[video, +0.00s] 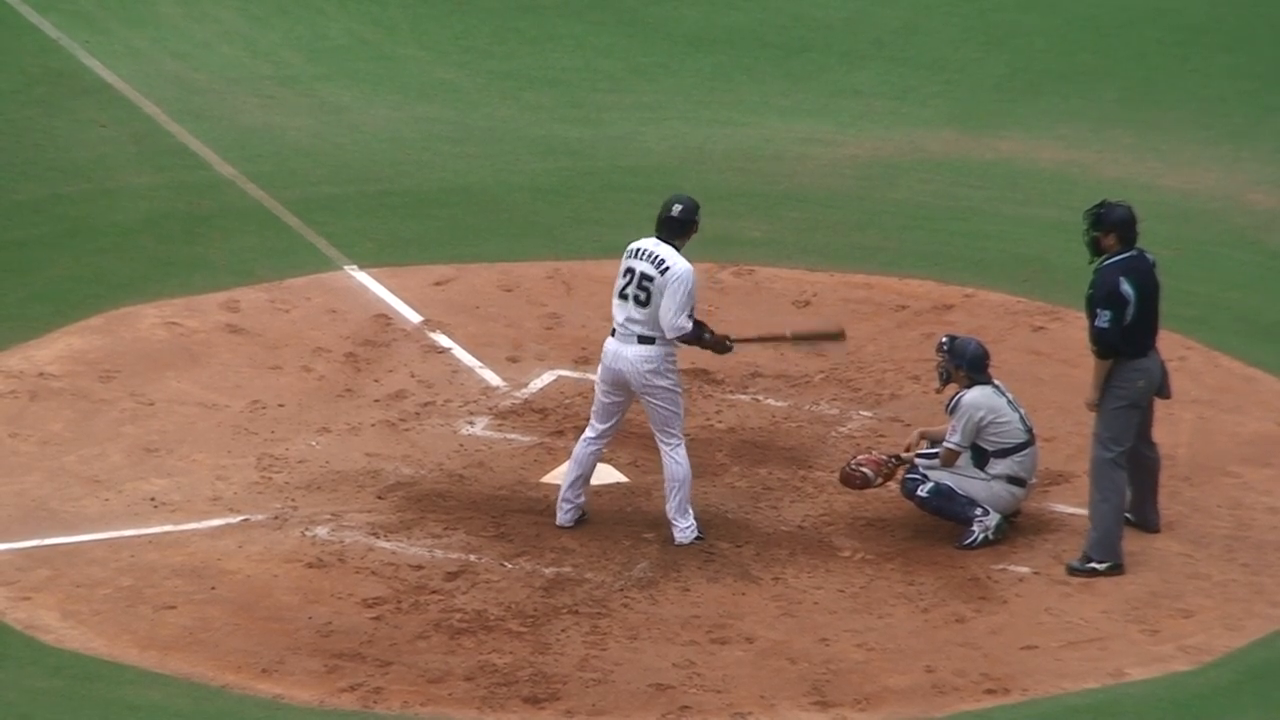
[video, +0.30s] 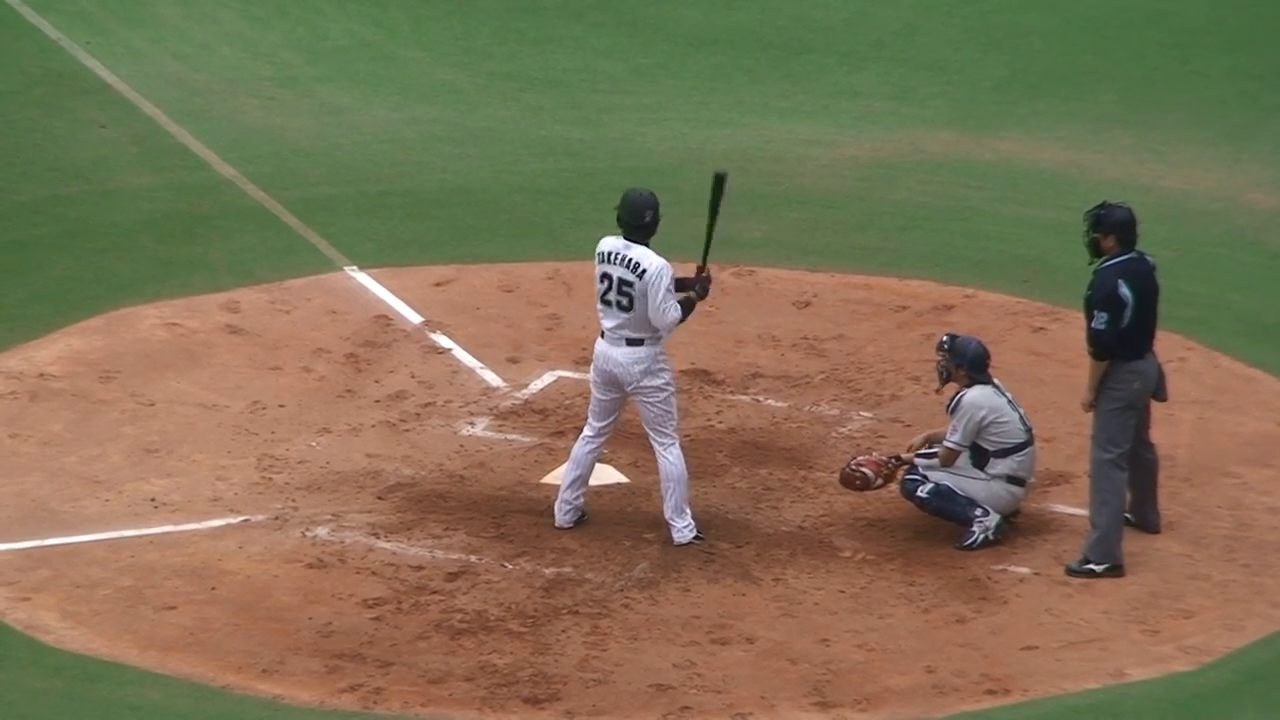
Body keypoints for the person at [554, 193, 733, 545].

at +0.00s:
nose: (693, 232)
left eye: (692, 227)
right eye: (693, 227)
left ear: (659, 221)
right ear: (690, 230)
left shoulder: (635, 248)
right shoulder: (680, 269)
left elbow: (656, 306)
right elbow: (676, 326)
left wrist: (698, 326)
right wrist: (710, 342)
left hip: (614, 350)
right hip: (652, 359)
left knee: (597, 431)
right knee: (671, 441)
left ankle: (567, 510)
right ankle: (683, 527)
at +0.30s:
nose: (658, 221)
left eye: (656, 215)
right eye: (656, 216)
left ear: (621, 220)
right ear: (653, 222)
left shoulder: (605, 247)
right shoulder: (656, 268)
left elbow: (642, 282)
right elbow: (665, 319)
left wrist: (687, 284)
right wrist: (694, 298)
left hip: (605, 353)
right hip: (644, 360)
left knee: (593, 433)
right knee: (666, 442)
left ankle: (566, 510)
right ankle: (682, 527)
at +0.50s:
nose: (641, 223)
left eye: (607, 218)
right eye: (641, 218)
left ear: (607, 223)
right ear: (640, 224)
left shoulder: (593, 250)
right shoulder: (651, 269)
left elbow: (627, 267)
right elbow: (679, 312)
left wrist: (670, 265)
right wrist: (685, 274)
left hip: (605, 355)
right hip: (645, 360)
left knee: (593, 431)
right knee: (666, 441)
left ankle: (566, 509)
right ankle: (681, 526)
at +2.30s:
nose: (685, 229)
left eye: (647, 225)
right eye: (685, 225)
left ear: (650, 230)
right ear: (684, 231)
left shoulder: (633, 263)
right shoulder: (695, 273)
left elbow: (675, 285)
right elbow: (730, 302)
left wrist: (715, 270)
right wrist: (726, 269)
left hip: (636, 365)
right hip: (676, 371)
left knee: (625, 431)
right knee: (688, 447)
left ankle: (583, 501)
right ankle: (683, 528)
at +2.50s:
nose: (654, 229)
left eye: (656, 225)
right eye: (693, 225)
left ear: (658, 230)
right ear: (692, 232)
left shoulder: (641, 262)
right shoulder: (704, 273)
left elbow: (685, 279)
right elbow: (745, 292)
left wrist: (727, 258)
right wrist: (742, 263)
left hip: (641, 365)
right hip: (680, 371)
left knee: (655, 414)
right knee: (691, 446)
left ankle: (628, 486)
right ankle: (683, 527)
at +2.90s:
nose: (689, 230)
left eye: (652, 225)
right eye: (687, 226)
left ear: (652, 230)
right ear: (685, 232)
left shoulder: (639, 260)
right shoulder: (699, 273)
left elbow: (688, 269)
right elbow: (746, 281)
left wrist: (734, 247)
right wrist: (747, 245)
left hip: (637, 365)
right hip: (677, 372)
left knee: (634, 421)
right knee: (688, 447)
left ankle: (588, 490)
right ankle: (683, 528)